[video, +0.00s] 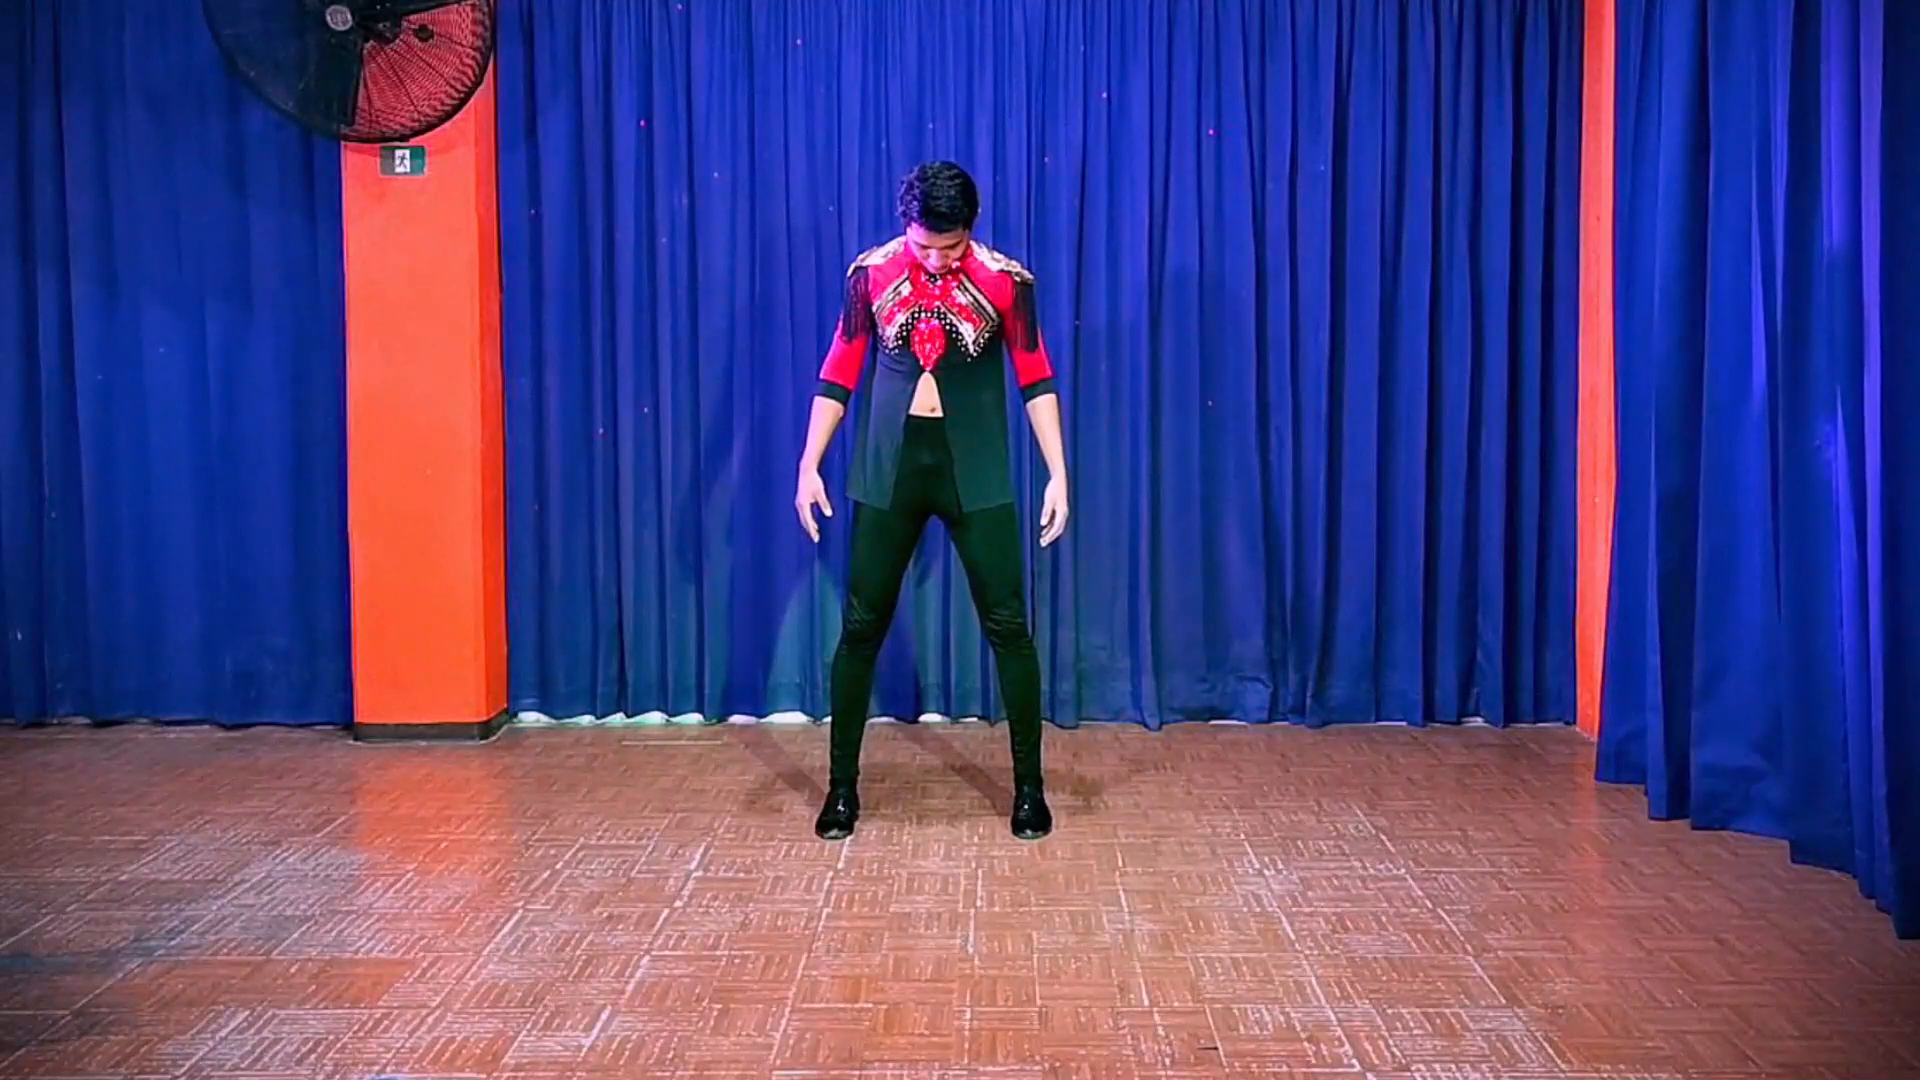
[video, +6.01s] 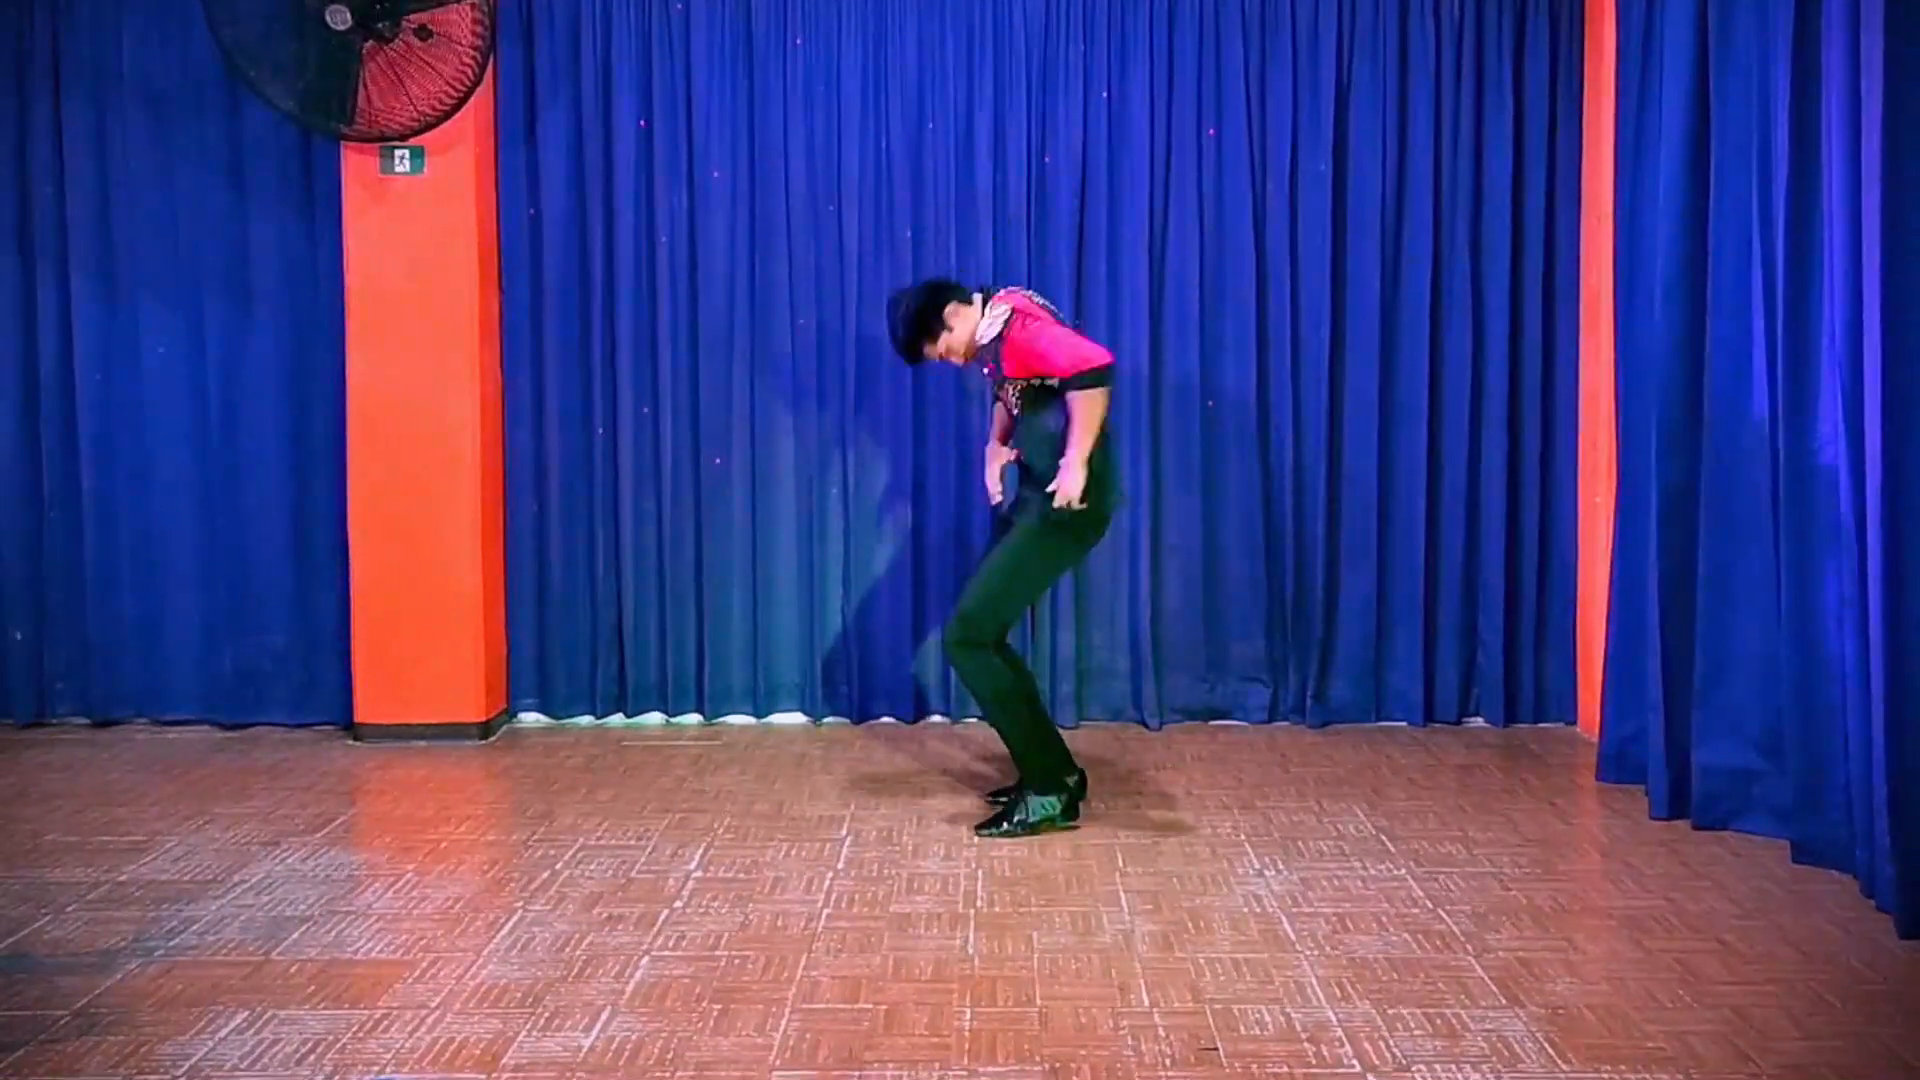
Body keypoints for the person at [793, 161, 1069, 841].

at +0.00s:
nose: (942, 257)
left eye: (955, 245)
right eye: (930, 245)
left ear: (973, 227)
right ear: (908, 226)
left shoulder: (1005, 280)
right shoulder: (872, 275)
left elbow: (1035, 379)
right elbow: (840, 373)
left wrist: (1058, 473)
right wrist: (809, 465)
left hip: (978, 468)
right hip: (889, 466)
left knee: (1007, 624)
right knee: (862, 626)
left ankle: (1028, 785)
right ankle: (842, 786)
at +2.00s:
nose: (922, 216)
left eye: (932, 202)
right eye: (910, 204)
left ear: (953, 210)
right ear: (890, 214)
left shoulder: (989, 279)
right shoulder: (862, 280)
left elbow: (971, 322)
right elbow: (903, 335)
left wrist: (957, 226)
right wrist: (908, 242)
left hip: (953, 477)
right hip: (876, 473)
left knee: (939, 637)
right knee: (855, 623)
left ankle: (891, 785)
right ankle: (834, 783)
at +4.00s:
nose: (899, 246)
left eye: (912, 234)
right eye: (907, 233)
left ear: (942, 245)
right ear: (950, 248)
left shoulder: (951, 311)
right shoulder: (986, 297)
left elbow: (949, 431)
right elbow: (988, 410)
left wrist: (916, 425)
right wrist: (927, 426)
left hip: (1025, 491)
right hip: (1027, 487)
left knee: (945, 632)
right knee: (971, 630)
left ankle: (988, 789)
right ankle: (1041, 768)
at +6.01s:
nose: (950, 360)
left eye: (943, 350)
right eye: (940, 357)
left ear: (955, 316)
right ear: (957, 312)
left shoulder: (1020, 331)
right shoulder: (1001, 326)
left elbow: (1093, 369)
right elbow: (1015, 388)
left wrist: (1076, 462)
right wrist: (996, 445)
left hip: (1065, 508)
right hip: (1044, 505)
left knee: (968, 636)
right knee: (977, 633)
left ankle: (1050, 788)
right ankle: (1051, 774)